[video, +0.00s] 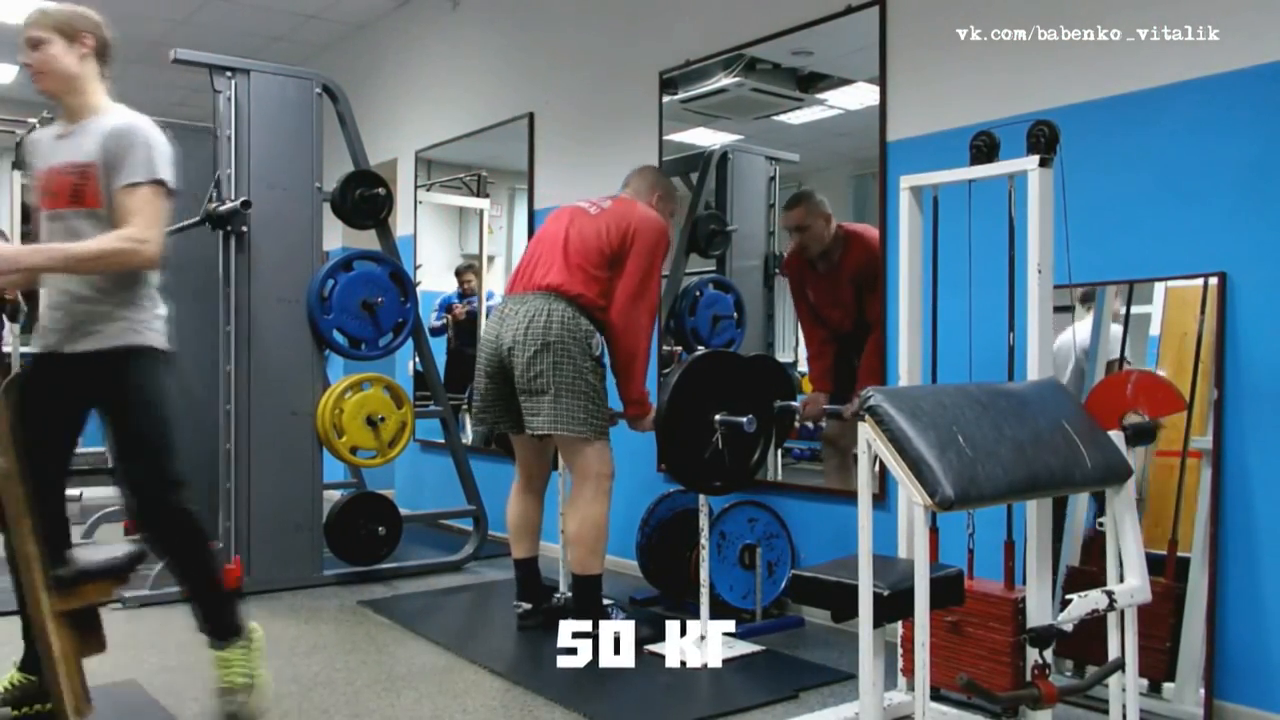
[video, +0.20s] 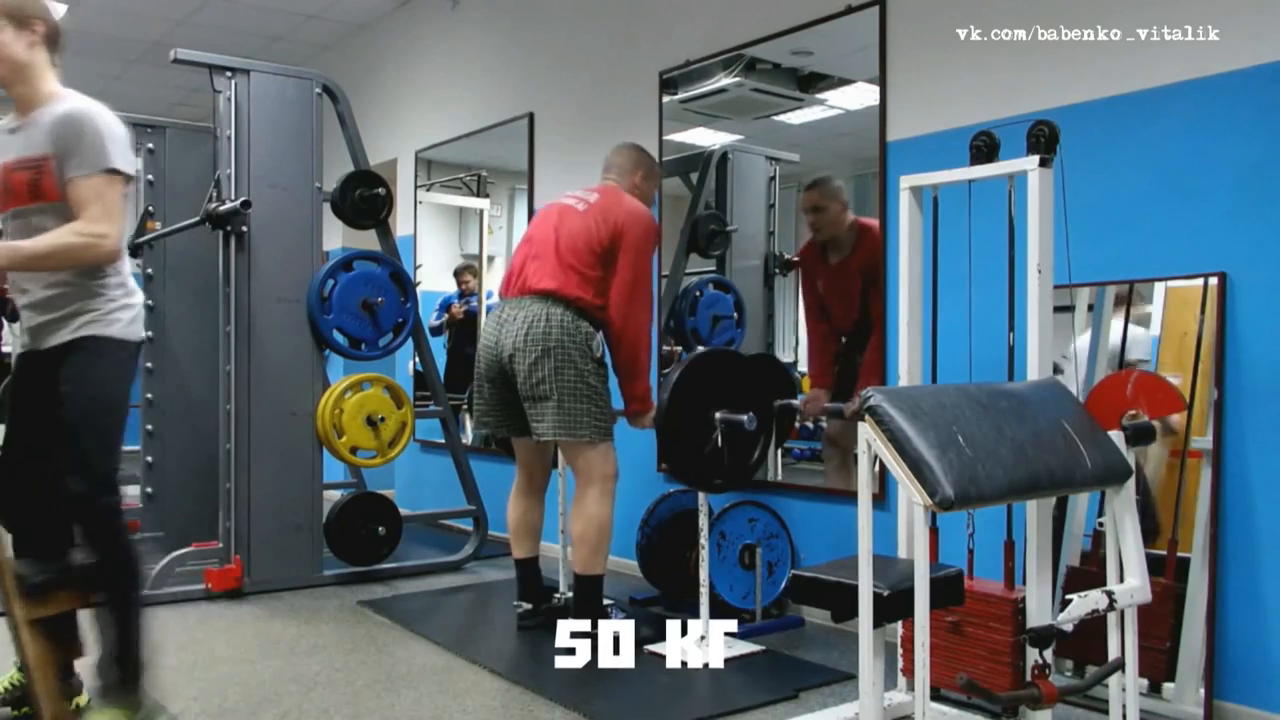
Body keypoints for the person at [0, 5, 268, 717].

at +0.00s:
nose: (27, 59)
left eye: (39, 44)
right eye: (24, 50)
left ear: (86, 47)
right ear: (34, 65)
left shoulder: (131, 131)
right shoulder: (39, 145)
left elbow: (145, 244)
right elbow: (47, 245)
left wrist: (35, 260)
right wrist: (14, 268)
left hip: (127, 343)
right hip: (54, 349)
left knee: (153, 498)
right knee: (30, 504)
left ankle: (231, 639)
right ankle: (46, 663)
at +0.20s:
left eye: (3, 25)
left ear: (37, 33)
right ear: (24, 36)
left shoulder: (82, 119)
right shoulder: (10, 131)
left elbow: (103, 237)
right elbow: (30, 239)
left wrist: (5, 255)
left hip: (98, 325)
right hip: (38, 335)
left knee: (90, 490)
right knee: (25, 503)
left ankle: (123, 682)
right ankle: (54, 670)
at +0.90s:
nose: (9, 15)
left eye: (9, 12)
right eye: (9, 12)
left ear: (9, 21)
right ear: (10, 24)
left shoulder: (21, 94)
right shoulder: (21, 97)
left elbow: (40, 225)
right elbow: (38, 225)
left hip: (32, 335)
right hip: (19, 335)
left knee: (36, 518)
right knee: (9, 526)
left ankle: (100, 701)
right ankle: (22, 691)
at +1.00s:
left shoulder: (19, 94)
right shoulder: (21, 98)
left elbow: (44, 225)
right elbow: (41, 224)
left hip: (37, 328)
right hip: (10, 336)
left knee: (53, 516)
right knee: (6, 529)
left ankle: (103, 700)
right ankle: (24, 693)